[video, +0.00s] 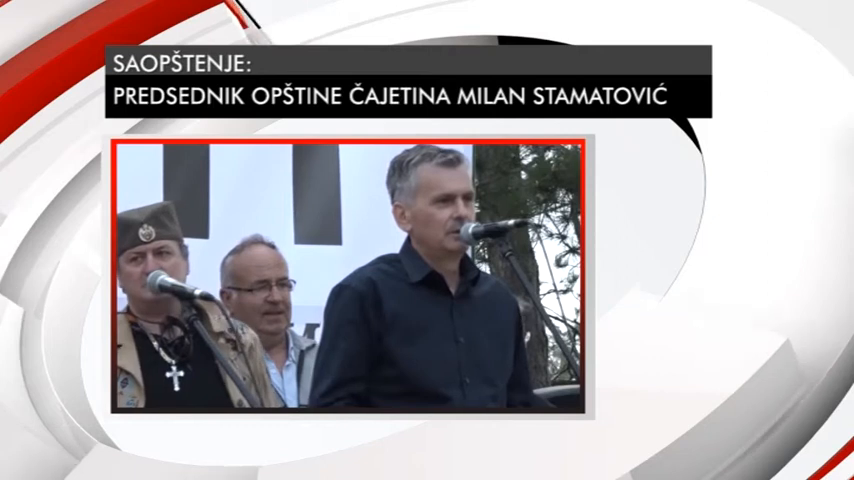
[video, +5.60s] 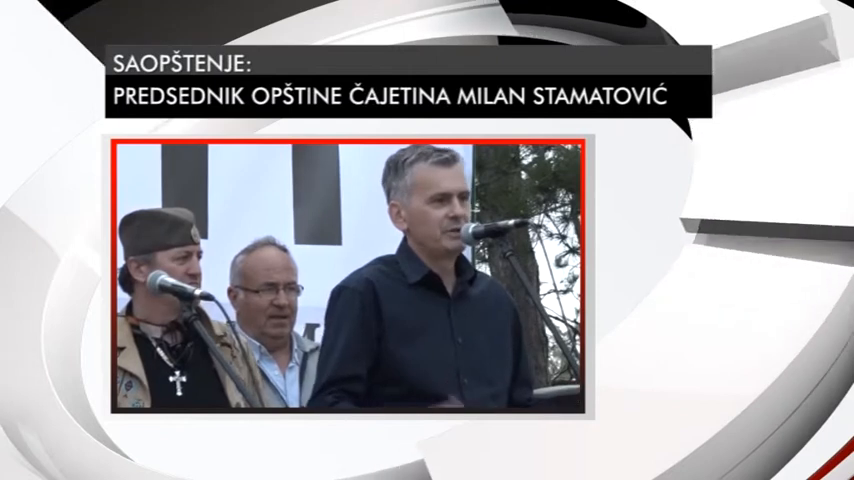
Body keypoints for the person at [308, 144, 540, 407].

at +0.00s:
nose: (462, 214)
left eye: (468, 200)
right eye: (443, 202)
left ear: (476, 204)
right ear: (402, 215)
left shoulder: (499, 301)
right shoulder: (360, 296)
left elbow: (521, 406)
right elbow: (331, 408)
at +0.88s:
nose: (460, 210)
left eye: (464, 197)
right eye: (441, 199)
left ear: (472, 203)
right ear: (401, 216)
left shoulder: (500, 301)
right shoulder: (367, 290)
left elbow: (532, 396)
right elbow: (328, 397)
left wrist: (597, 397)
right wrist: (394, 401)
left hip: (496, 461)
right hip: (399, 463)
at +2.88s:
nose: (462, 212)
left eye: (467, 199)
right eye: (445, 201)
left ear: (474, 205)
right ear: (401, 213)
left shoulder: (497, 303)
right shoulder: (362, 296)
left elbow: (517, 412)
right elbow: (330, 408)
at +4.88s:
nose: (455, 212)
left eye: (460, 198)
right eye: (437, 200)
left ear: (468, 202)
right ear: (397, 216)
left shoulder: (496, 301)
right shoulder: (361, 294)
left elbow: (518, 407)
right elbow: (326, 403)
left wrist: (562, 407)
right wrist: (438, 422)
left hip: (491, 464)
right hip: (399, 464)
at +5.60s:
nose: (457, 212)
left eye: (463, 199)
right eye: (439, 200)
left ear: (470, 203)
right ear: (398, 214)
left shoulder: (497, 301)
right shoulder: (362, 295)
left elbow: (520, 406)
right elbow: (328, 405)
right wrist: (419, 424)